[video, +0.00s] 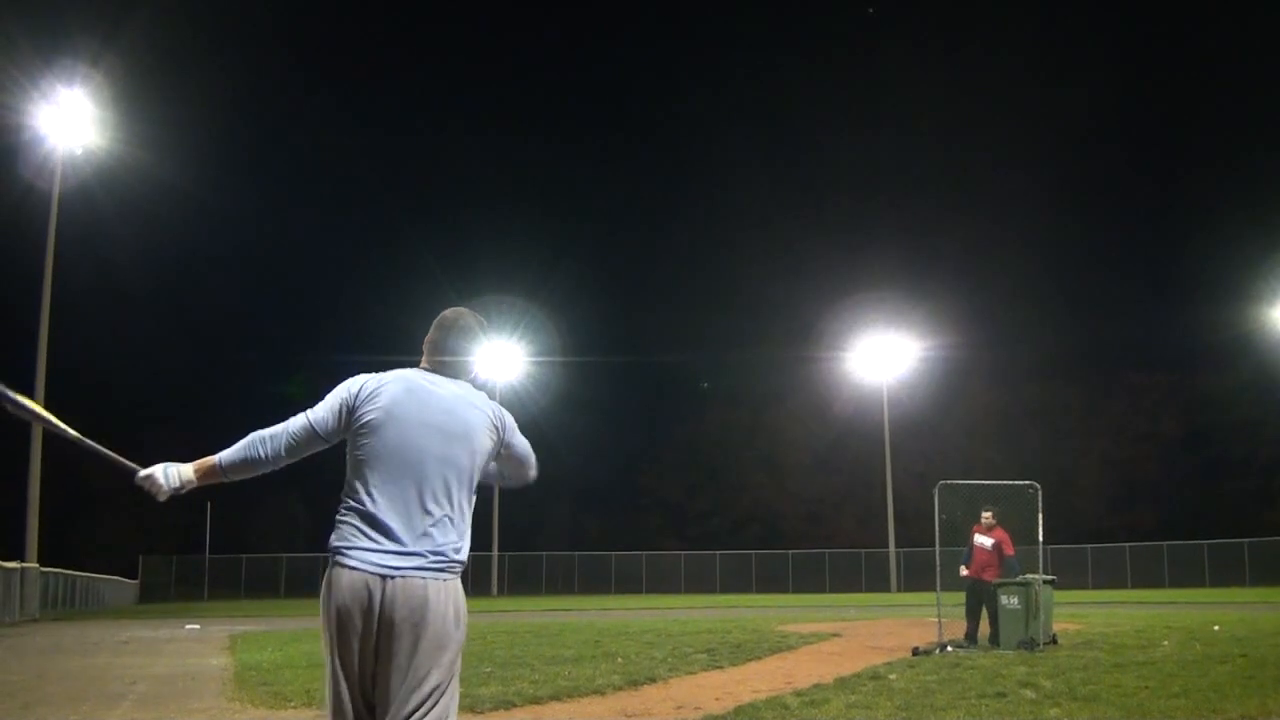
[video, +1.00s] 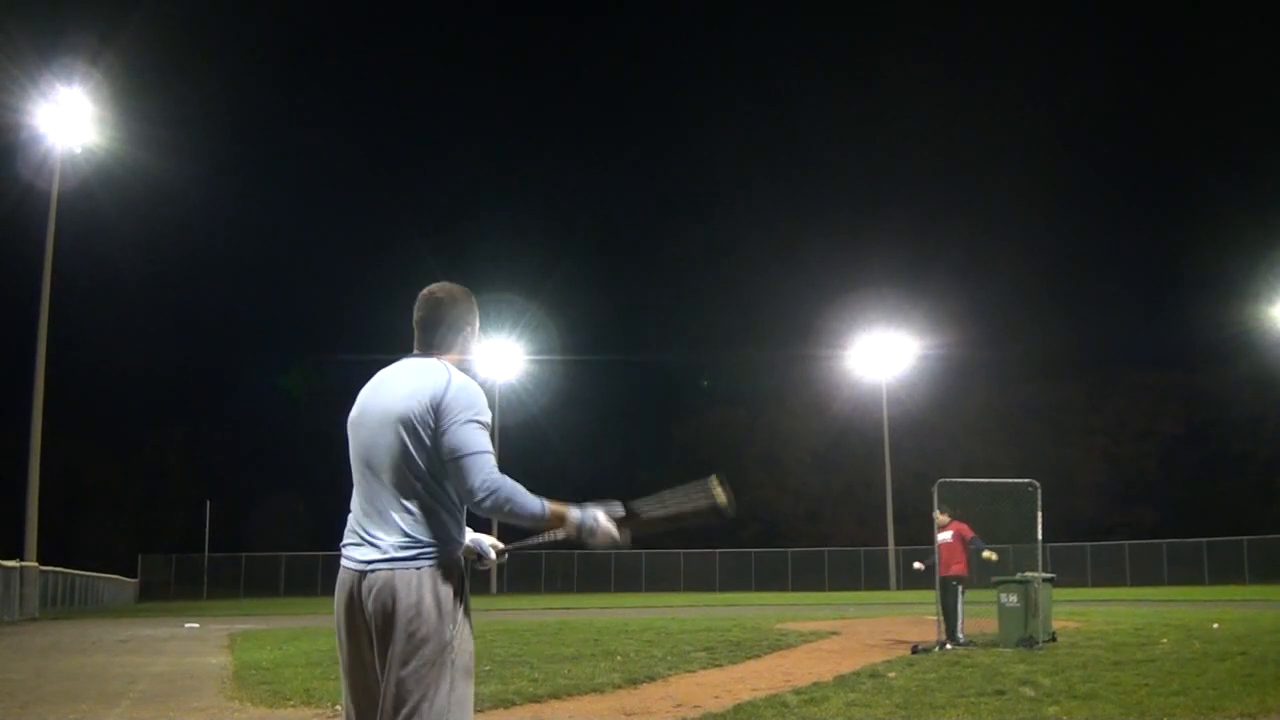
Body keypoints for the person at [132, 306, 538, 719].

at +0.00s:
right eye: (478, 352)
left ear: (426, 350)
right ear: (476, 361)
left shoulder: (369, 389)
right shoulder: (490, 415)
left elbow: (279, 443)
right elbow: (524, 471)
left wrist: (187, 473)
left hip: (350, 583)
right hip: (431, 592)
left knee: (348, 709)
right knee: (421, 712)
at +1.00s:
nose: (477, 342)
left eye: (477, 333)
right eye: (477, 332)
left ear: (419, 333)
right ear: (470, 334)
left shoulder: (375, 387)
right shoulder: (456, 388)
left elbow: (392, 497)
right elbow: (485, 487)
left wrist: (460, 537)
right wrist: (572, 516)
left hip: (353, 583)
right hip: (419, 586)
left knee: (365, 713)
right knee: (428, 712)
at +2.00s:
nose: (353, 336)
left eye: (351, 325)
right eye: (352, 325)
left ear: (292, 330)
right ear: (340, 326)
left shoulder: (259, 387)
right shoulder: (328, 372)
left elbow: (230, 496)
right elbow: (326, 457)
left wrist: (278, 536)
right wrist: (408, 488)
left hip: (242, 581)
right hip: (306, 587)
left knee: (244, 713)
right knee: (347, 712)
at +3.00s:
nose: (352, 312)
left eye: (351, 301)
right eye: (351, 301)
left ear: (288, 306)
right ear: (336, 307)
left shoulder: (257, 374)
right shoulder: (315, 367)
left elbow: (244, 488)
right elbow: (316, 471)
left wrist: (283, 541)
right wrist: (407, 477)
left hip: (256, 576)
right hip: (313, 580)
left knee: (256, 710)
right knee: (304, 710)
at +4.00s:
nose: (392, 347)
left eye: (393, 335)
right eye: (392, 334)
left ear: (338, 327)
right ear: (373, 332)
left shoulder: (304, 384)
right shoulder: (339, 381)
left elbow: (323, 498)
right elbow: (337, 483)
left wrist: (395, 483)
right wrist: (374, 582)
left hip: (293, 575)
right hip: (330, 576)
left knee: (311, 709)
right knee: (356, 709)